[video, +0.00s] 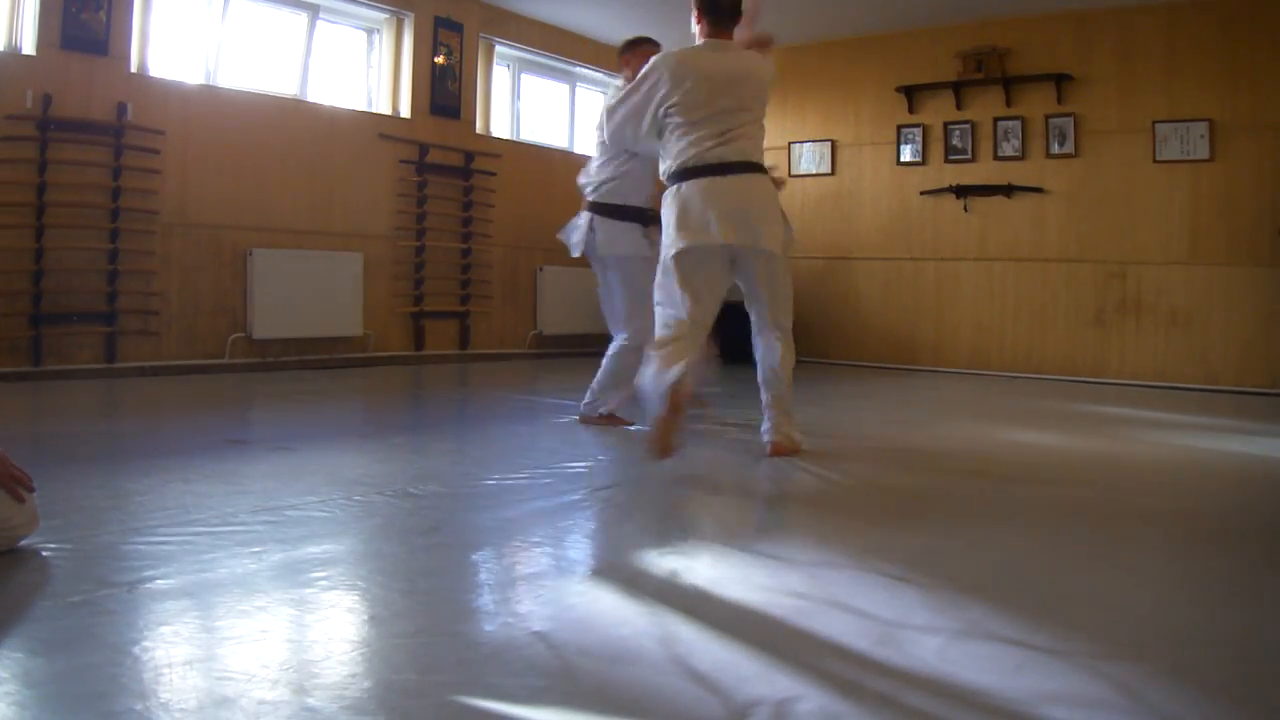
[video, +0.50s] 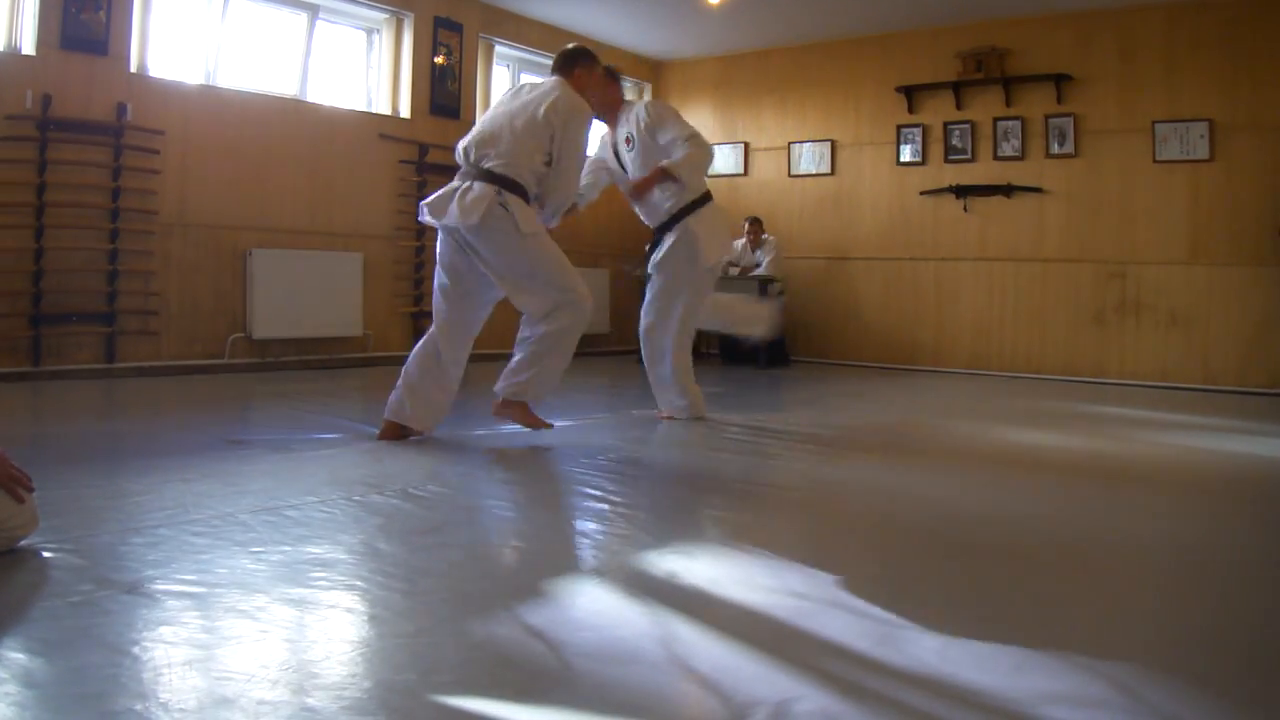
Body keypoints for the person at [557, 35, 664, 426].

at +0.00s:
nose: (653, 69)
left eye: (656, 62)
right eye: (646, 62)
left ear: (647, 65)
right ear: (628, 64)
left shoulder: (627, 102)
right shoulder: (627, 103)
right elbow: (666, 145)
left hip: (616, 223)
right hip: (616, 225)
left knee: (638, 324)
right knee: (636, 328)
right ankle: (597, 406)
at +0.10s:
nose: (640, 62)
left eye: (639, 55)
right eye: (633, 54)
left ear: (606, 58)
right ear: (609, 56)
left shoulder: (588, 93)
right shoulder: (608, 94)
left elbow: (566, 169)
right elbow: (654, 140)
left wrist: (629, 215)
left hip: (581, 217)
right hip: (595, 220)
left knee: (605, 311)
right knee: (624, 319)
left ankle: (547, 356)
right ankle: (603, 409)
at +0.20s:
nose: (615, 60)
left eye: (615, 52)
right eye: (611, 52)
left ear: (582, 52)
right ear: (590, 51)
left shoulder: (557, 83)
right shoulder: (601, 90)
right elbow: (632, 144)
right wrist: (653, 173)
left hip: (537, 213)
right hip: (573, 218)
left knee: (527, 310)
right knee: (604, 316)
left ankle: (447, 366)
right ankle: (596, 408)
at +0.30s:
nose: (598, 67)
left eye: (597, 59)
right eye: (595, 59)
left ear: (560, 56)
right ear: (580, 57)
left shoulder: (529, 87)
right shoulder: (583, 100)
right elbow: (598, 180)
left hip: (491, 211)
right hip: (532, 220)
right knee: (586, 310)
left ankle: (399, 406)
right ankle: (586, 402)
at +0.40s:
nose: (590, 85)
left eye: (591, 77)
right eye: (589, 75)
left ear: (552, 68)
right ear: (573, 70)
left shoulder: (517, 91)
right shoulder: (571, 110)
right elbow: (568, 193)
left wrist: (618, 162)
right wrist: (556, 208)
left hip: (460, 210)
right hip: (505, 217)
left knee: (446, 327)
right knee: (579, 305)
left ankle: (396, 414)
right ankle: (545, 393)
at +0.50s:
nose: (601, 88)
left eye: (603, 80)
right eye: (600, 78)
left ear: (560, 71)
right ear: (582, 72)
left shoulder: (521, 92)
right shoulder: (572, 104)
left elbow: (475, 145)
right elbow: (563, 186)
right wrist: (544, 220)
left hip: (457, 207)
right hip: (496, 210)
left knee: (450, 325)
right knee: (567, 302)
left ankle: (399, 419)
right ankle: (515, 397)